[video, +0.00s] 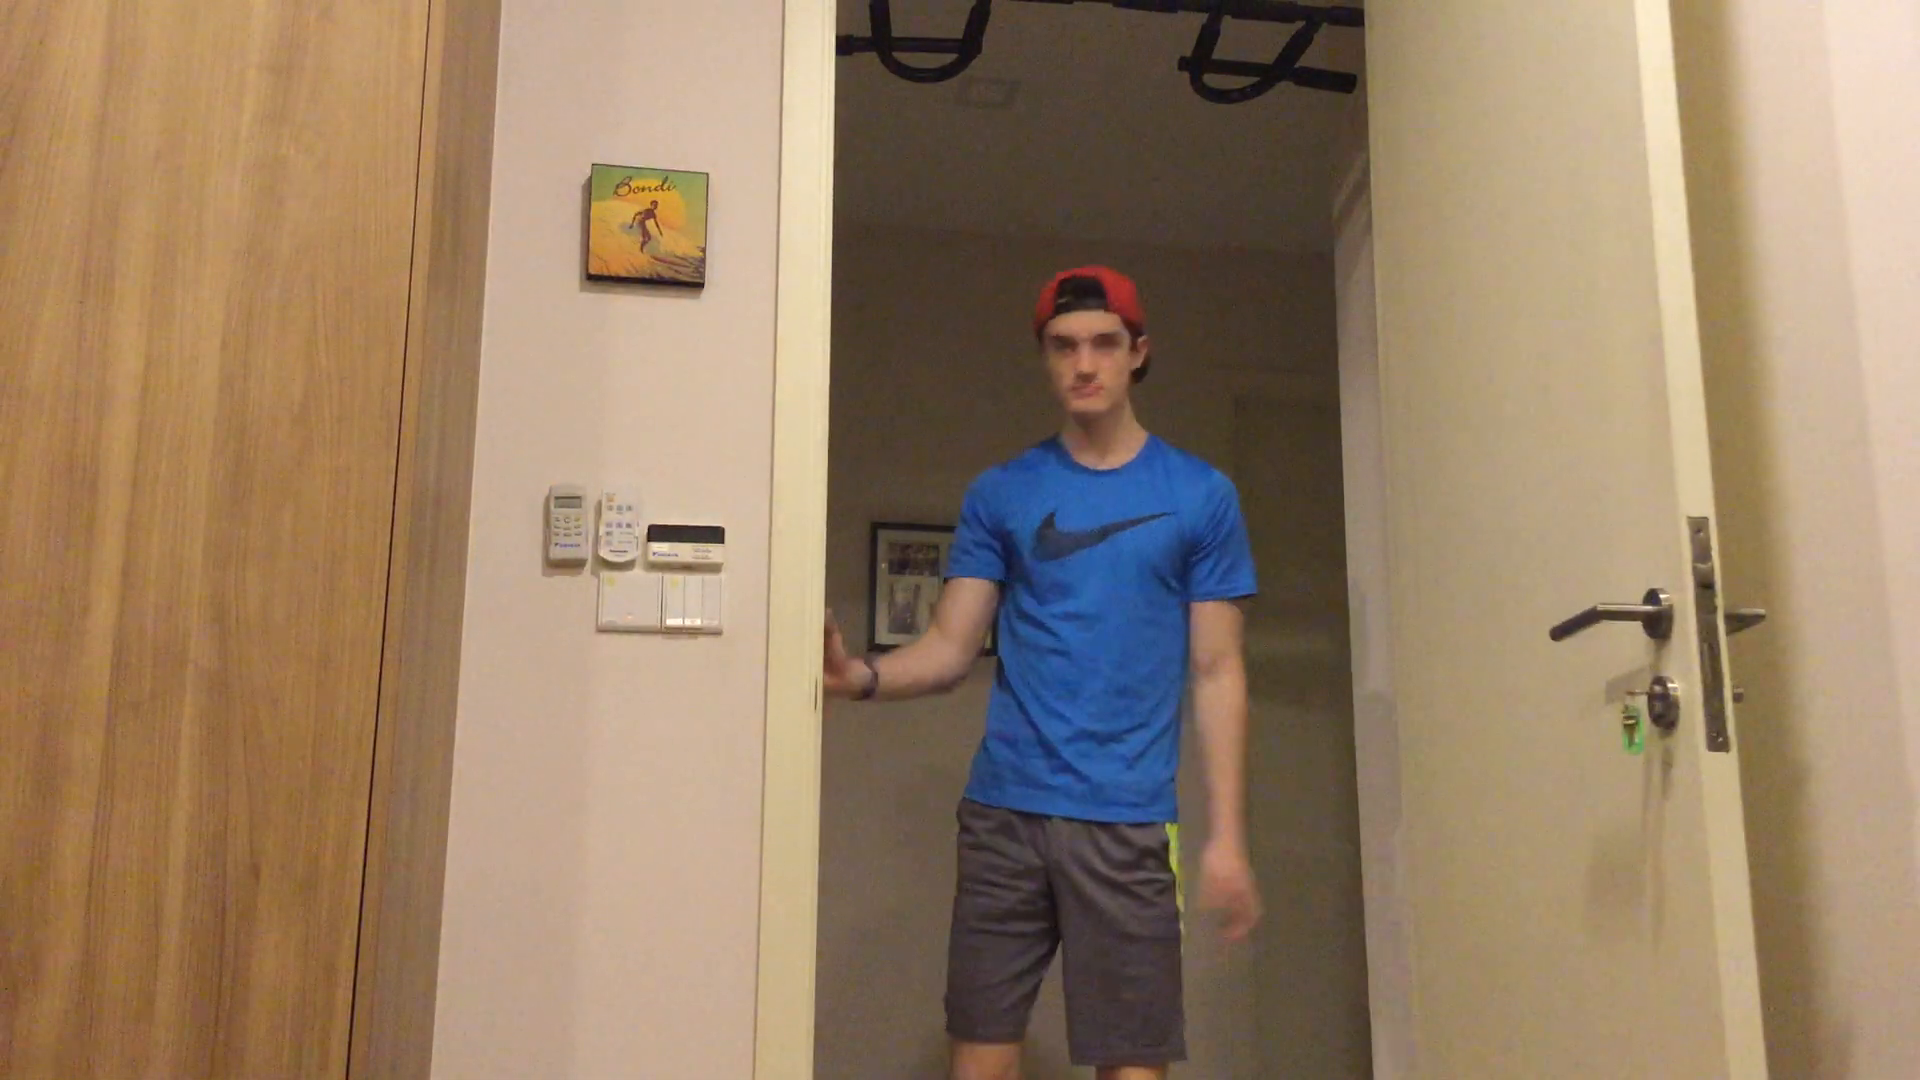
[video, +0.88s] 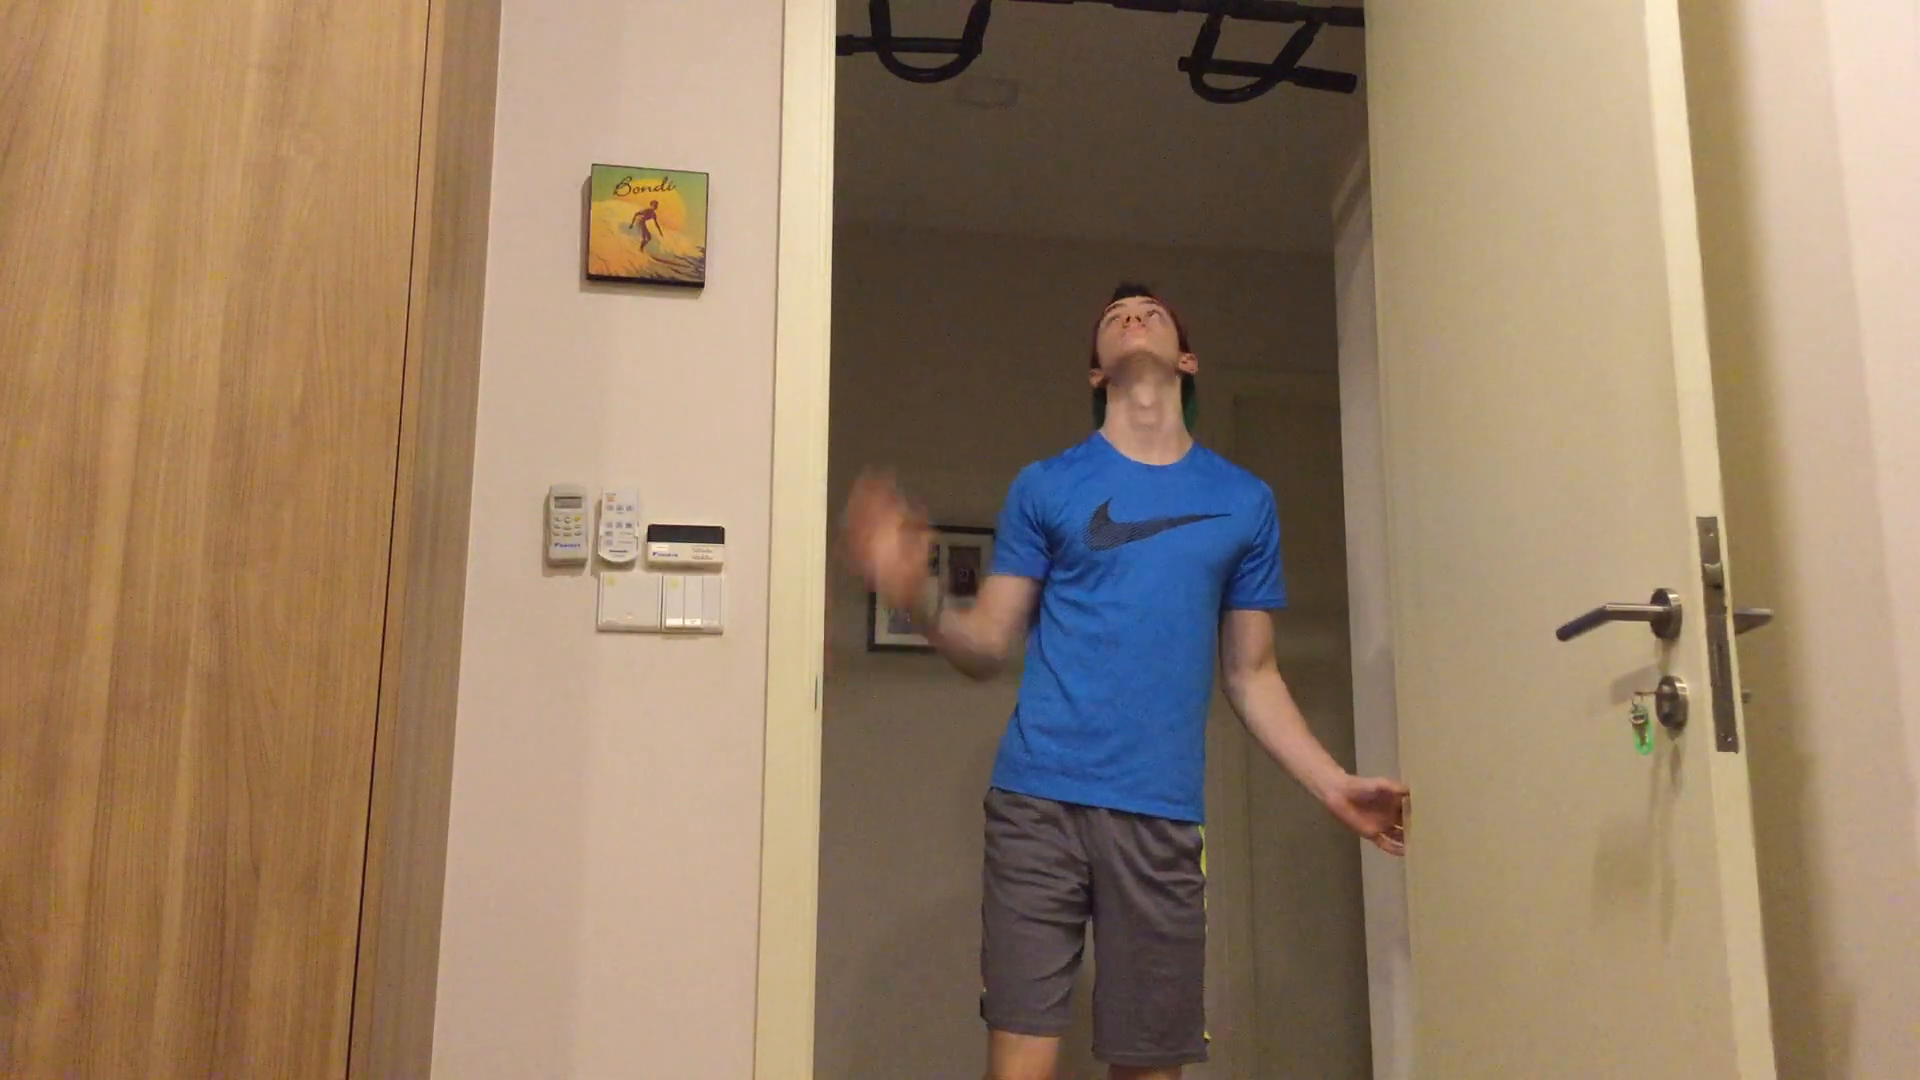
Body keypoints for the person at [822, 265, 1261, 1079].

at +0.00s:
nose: (1082, 363)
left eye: (1101, 344)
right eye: (1063, 346)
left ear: (1137, 355)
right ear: (1043, 362)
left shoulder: (1200, 497)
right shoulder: (1001, 494)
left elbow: (1217, 672)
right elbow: (949, 647)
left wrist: (1225, 838)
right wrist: (859, 675)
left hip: (1127, 823)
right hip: (1004, 811)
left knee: (1130, 1060)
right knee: (981, 1045)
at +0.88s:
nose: (1132, 314)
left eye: (1151, 313)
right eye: (1113, 317)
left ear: (1189, 364)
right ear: (1096, 375)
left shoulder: (1244, 500)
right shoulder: (1045, 487)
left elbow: (1253, 671)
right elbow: (989, 642)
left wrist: (1334, 785)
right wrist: (916, 599)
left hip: (1160, 815)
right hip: (1036, 802)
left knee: (1151, 1062)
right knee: (1023, 1056)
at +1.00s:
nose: (1126, 318)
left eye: (1147, 315)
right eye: (1110, 321)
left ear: (1186, 365)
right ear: (1096, 382)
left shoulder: (1243, 499)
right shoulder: (1048, 479)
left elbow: (1257, 669)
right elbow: (943, 587)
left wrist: (1337, 784)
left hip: (1167, 814)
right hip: (1042, 802)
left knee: (1156, 1063)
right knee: (1035, 1057)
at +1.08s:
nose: (1127, 321)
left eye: (1149, 319)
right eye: (1112, 324)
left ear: (1188, 368)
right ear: (1097, 382)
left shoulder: (1243, 503)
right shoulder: (1050, 467)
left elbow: (1256, 672)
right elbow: (913, 501)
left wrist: (1341, 792)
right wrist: (917, 358)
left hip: (1169, 812)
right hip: (1046, 797)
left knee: (1156, 1063)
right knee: (1046, 1055)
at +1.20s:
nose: (1118, 324)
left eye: (1140, 321)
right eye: (1106, 327)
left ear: (1184, 371)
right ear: (1093, 381)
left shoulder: (1235, 508)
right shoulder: (1049, 452)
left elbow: (1247, 676)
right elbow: (913, 379)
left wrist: (1337, 788)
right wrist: (927, 226)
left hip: (1168, 801)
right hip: (1050, 783)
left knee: (1158, 1061)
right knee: (1064, 1048)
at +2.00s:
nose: (1041, 289)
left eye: (1059, 288)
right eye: (1027, 291)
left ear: (1093, 343)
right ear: (1002, 339)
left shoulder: (1139, 468)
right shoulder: (968, 392)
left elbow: (1171, 626)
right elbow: (930, 222)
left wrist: (1245, 705)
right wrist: (924, 74)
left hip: (1102, 742)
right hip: (987, 728)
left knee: (1119, 1043)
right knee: (996, 1040)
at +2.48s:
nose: (1054, 277)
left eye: (1058, 273)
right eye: (1028, 272)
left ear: (1069, 322)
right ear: (986, 308)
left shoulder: (1102, 456)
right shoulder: (950, 364)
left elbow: (1140, 613)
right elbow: (930, 187)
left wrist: (1170, 591)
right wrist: (930, 46)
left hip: (1077, 716)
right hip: (977, 700)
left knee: (1122, 1012)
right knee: (983, 1009)